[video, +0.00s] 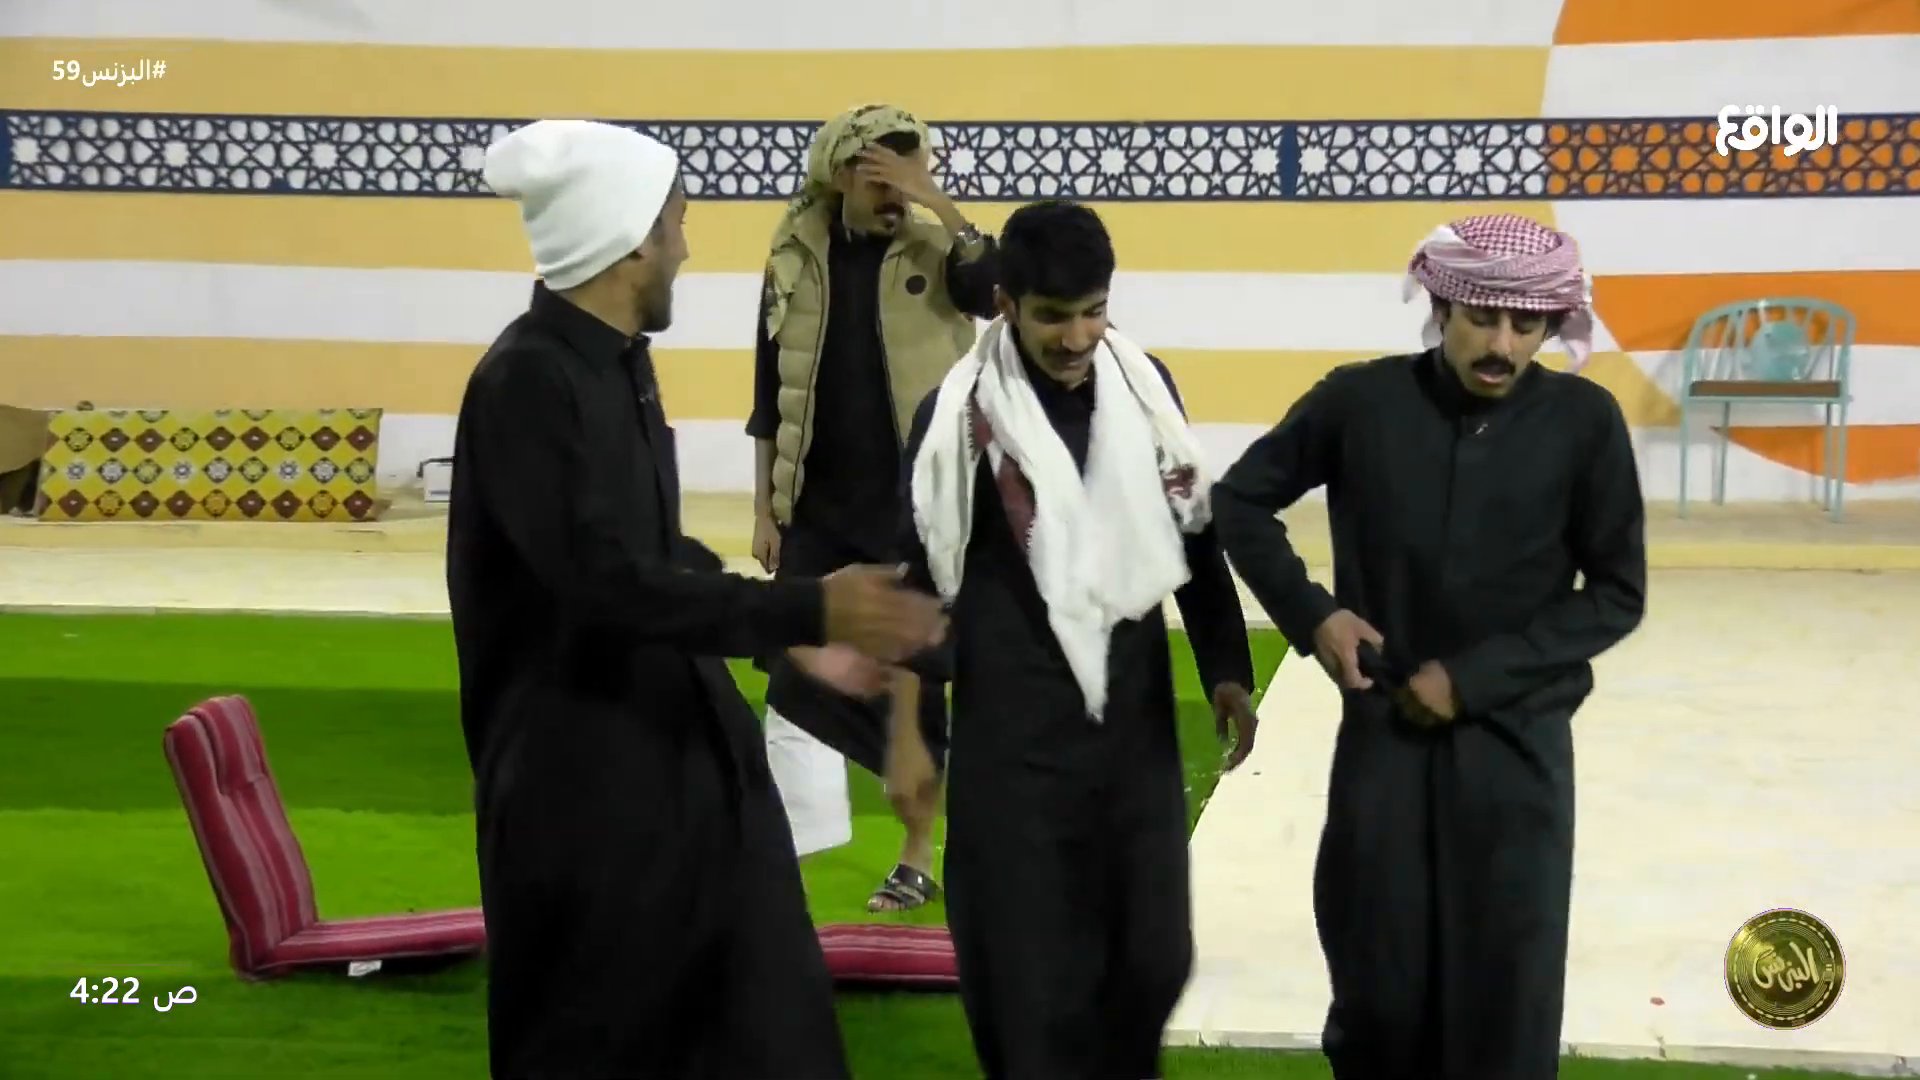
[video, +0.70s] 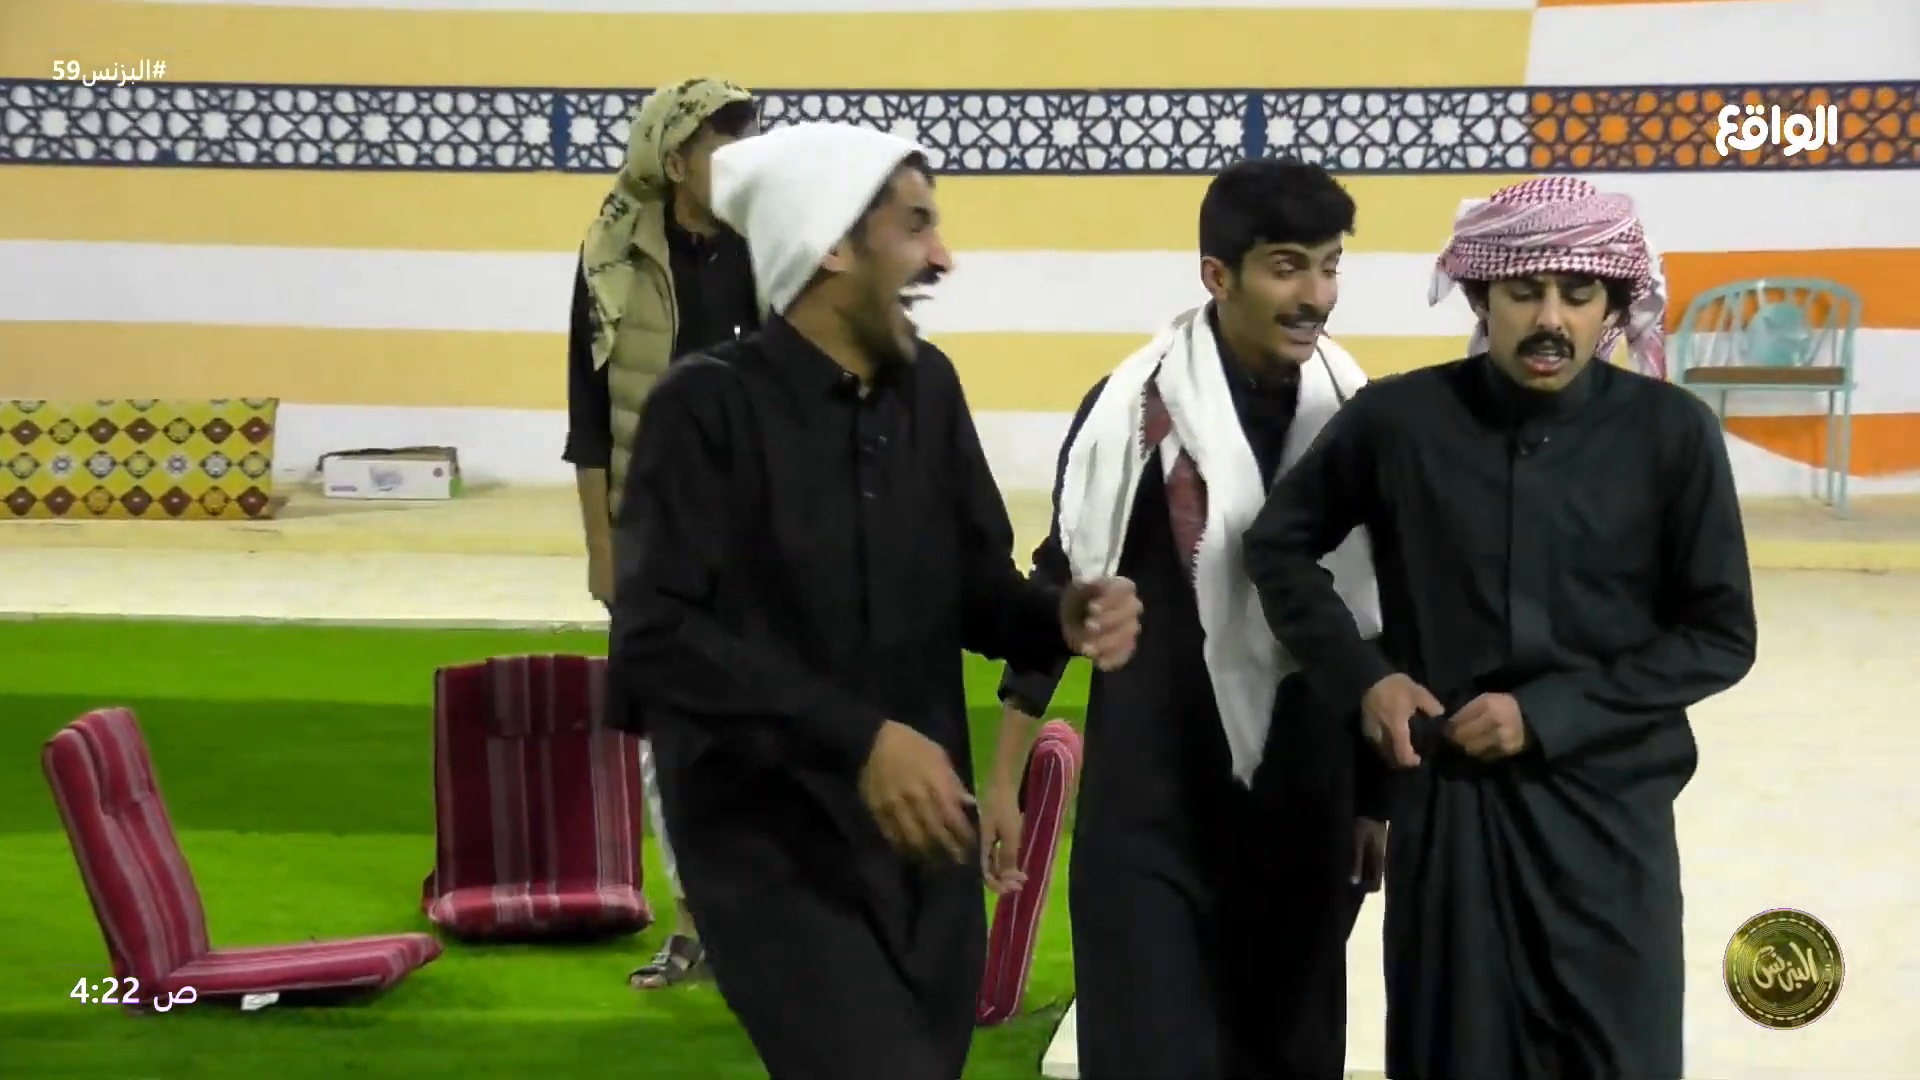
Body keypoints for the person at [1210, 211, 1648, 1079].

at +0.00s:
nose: (1502, 344)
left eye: (1525, 324)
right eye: (1484, 318)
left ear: (1549, 326)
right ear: (1443, 307)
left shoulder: (1583, 420)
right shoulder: (1357, 401)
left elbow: (1618, 596)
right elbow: (1236, 508)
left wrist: (1470, 676)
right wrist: (1315, 616)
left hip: (1515, 768)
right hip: (1383, 759)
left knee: (1506, 1017)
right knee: (1378, 1011)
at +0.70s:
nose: (1550, 320)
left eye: (1577, 294)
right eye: (1524, 292)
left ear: (1612, 307)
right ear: (1481, 298)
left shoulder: (1673, 433)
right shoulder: (1394, 420)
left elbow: (1721, 636)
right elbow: (1280, 546)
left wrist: (1545, 711)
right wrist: (1366, 678)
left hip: (1609, 831)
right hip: (1447, 822)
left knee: (1618, 1062)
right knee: (1454, 1060)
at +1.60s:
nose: (1528, 441)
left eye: (1556, 406)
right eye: (1495, 409)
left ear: (1594, 400)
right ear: (1445, 405)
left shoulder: (1672, 520)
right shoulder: (1352, 514)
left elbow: (1743, 745)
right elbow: (1223, 644)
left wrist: (1540, 848)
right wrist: (1317, 798)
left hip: (1588, 942)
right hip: (1401, 933)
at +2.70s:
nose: (1492, 492)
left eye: (1521, 454)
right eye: (1456, 460)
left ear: (1563, 454)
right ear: (1404, 467)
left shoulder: (1653, 586)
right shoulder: (1315, 594)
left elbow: (1718, 837)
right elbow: (1171, 717)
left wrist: (1479, 912)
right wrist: (1258, 893)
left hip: (1562, 1046)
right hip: (1356, 1043)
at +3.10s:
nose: (1491, 571)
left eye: (1514, 522)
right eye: (1446, 539)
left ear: (1570, 508)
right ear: (1400, 543)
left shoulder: (1692, 630)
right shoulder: (1324, 669)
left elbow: (1765, 903)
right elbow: (1179, 812)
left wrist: (1531, 1036)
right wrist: (1319, 998)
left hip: (1634, 1056)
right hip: (1393, 1057)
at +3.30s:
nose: (1533, 652)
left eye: (1560, 605)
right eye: (1490, 618)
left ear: (1615, 578)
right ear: (1440, 600)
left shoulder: (1744, 698)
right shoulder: (1356, 719)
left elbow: (1825, 979)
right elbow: (1191, 858)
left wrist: (1633, 1069)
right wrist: (1346, 1049)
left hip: (1661, 1057)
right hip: (1435, 1063)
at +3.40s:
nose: (1564, 742)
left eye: (1600, 698)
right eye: (1525, 703)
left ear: (1656, 640)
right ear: (1474, 662)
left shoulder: (1796, 743)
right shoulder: (1395, 746)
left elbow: (1861, 1032)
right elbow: (1231, 887)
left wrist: (1741, 1068)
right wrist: (1361, 1070)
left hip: (1704, 1063)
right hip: (1470, 1063)